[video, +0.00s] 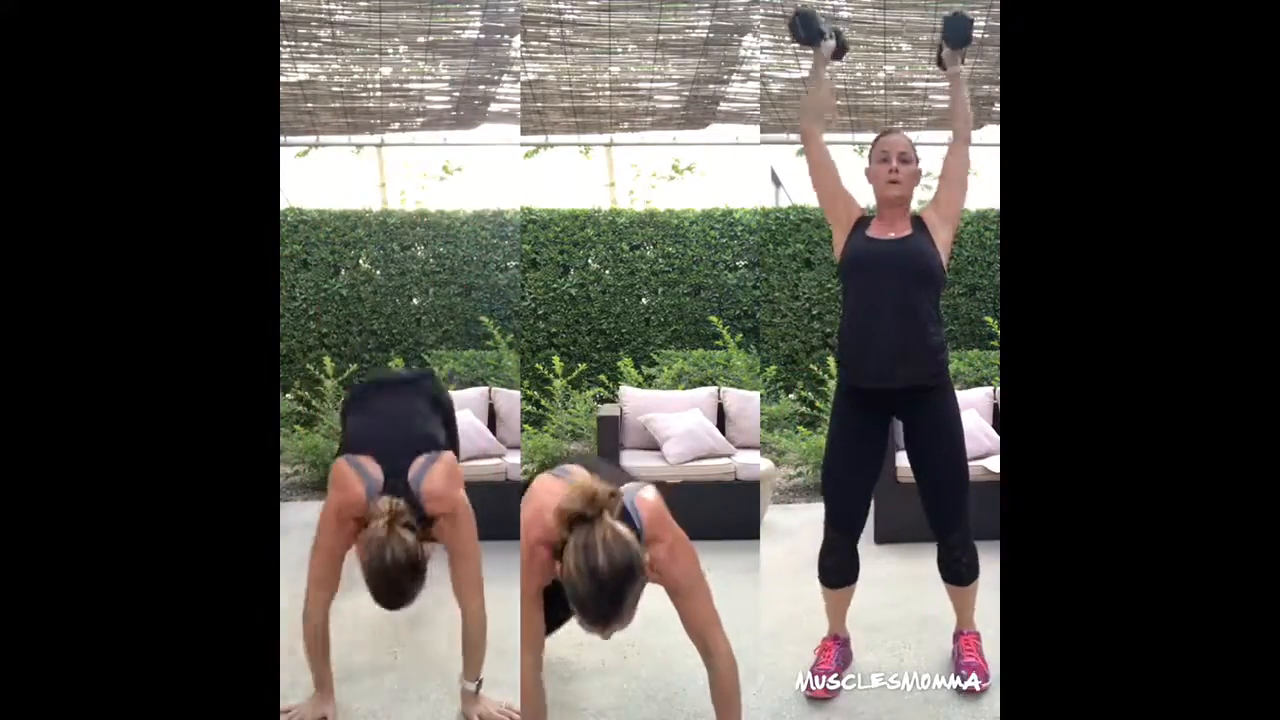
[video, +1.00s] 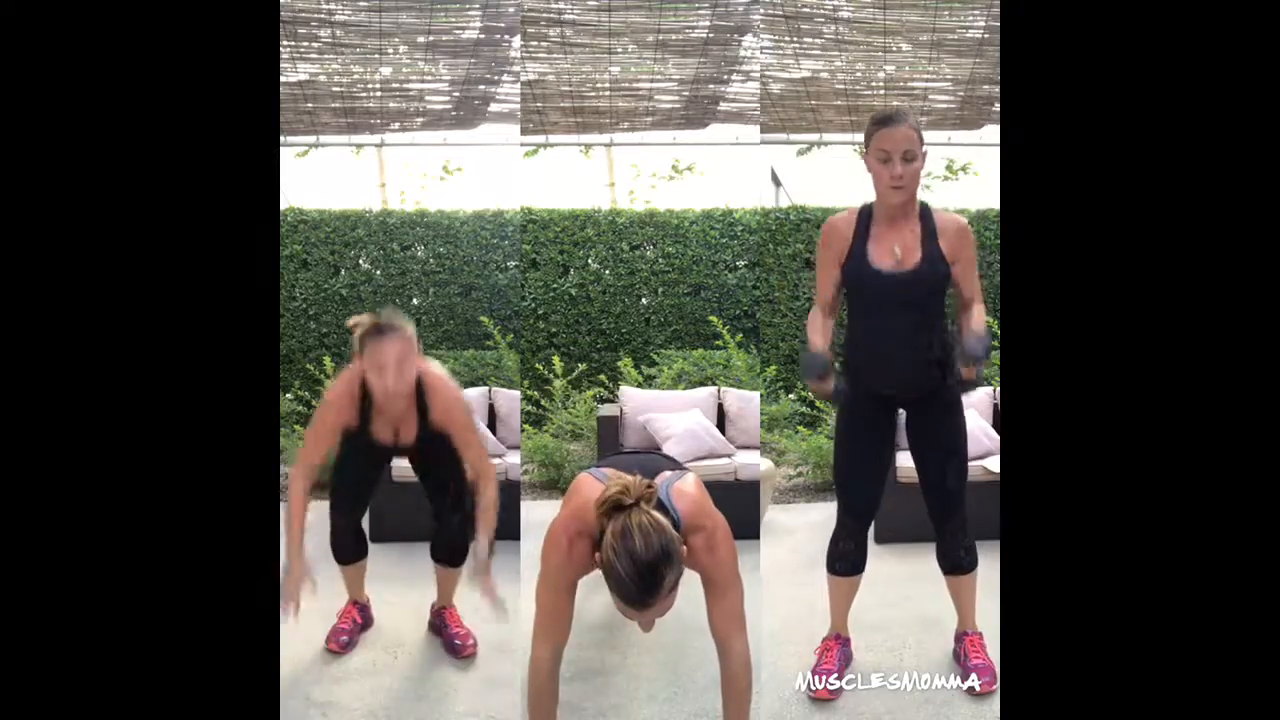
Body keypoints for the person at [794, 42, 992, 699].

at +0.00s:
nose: (896, 164)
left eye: (905, 157)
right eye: (886, 157)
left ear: (918, 173)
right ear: (869, 172)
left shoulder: (938, 226)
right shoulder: (848, 224)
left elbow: (961, 139)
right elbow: (810, 135)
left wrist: (955, 66)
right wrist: (821, 60)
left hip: (929, 395)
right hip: (859, 395)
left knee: (953, 529)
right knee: (839, 527)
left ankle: (967, 637)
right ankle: (835, 640)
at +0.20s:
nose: (895, 165)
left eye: (905, 156)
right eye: (884, 156)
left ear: (919, 166)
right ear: (867, 166)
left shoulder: (938, 224)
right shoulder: (844, 222)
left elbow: (997, 181)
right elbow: (773, 178)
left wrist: (977, 117)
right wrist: (798, 118)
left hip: (928, 387)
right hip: (858, 387)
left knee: (950, 518)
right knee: (849, 519)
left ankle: (968, 633)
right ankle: (836, 639)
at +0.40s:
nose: (896, 176)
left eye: (906, 167)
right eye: (886, 167)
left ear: (920, 177)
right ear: (870, 176)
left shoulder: (942, 242)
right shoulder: (848, 241)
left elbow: (984, 296)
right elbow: (802, 297)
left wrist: (973, 228)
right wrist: (813, 228)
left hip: (931, 394)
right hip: (861, 395)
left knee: (955, 523)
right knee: (845, 527)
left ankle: (969, 636)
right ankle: (837, 640)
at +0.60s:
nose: (897, 173)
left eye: (907, 164)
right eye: (887, 164)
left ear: (920, 173)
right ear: (871, 172)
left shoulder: (942, 237)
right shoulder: (847, 238)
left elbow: (977, 310)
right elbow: (817, 311)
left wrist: (967, 242)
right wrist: (821, 244)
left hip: (932, 393)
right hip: (862, 394)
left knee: (955, 526)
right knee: (845, 529)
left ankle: (969, 636)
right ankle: (837, 640)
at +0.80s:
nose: (897, 173)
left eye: (907, 162)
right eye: (886, 162)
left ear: (921, 166)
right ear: (870, 167)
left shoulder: (943, 233)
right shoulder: (847, 232)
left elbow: (969, 316)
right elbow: (827, 316)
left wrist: (968, 274)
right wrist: (823, 289)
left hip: (932, 389)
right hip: (862, 391)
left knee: (952, 522)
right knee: (850, 523)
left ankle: (968, 635)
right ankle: (837, 639)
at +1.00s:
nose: (898, 170)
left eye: (909, 158)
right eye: (885, 159)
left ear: (923, 163)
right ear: (867, 165)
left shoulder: (950, 229)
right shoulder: (841, 229)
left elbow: (972, 303)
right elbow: (822, 310)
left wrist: (974, 345)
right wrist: (818, 353)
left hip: (934, 391)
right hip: (864, 391)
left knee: (951, 519)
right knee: (852, 520)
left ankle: (969, 635)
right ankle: (837, 639)